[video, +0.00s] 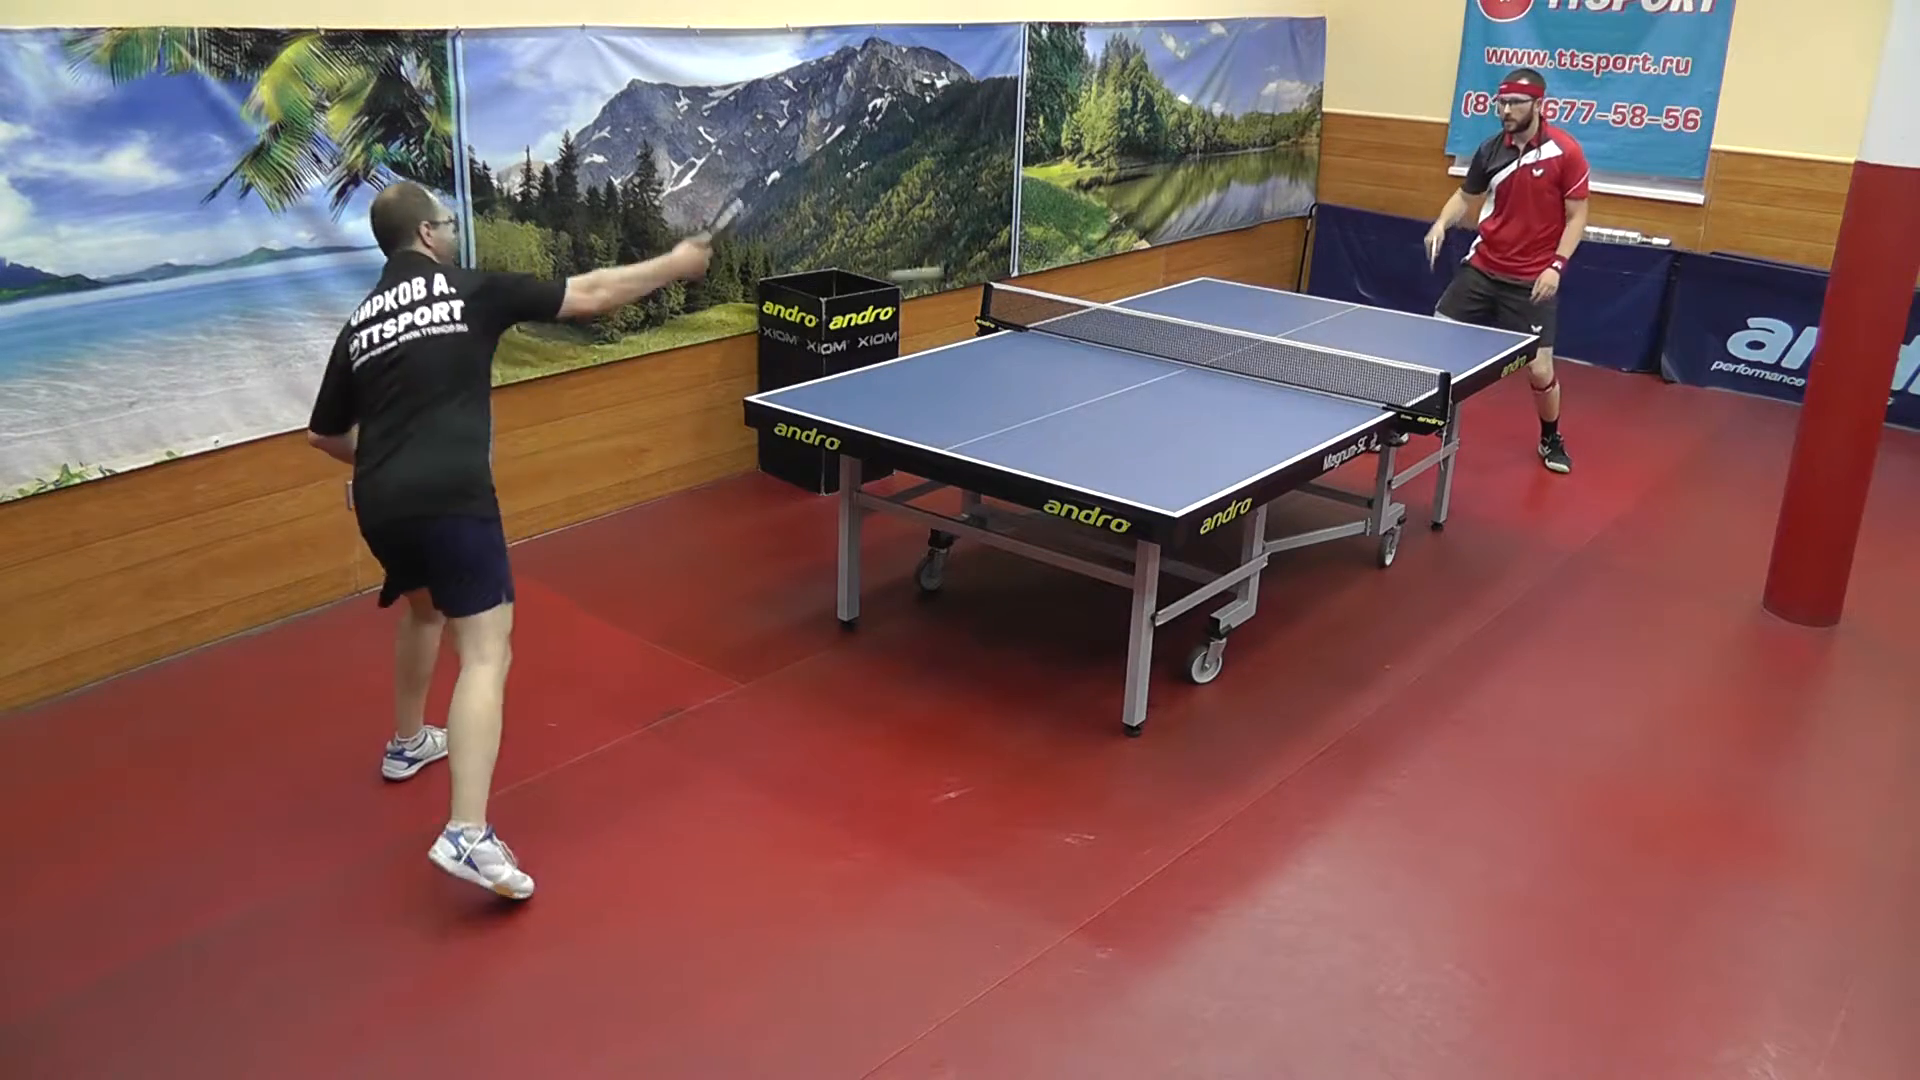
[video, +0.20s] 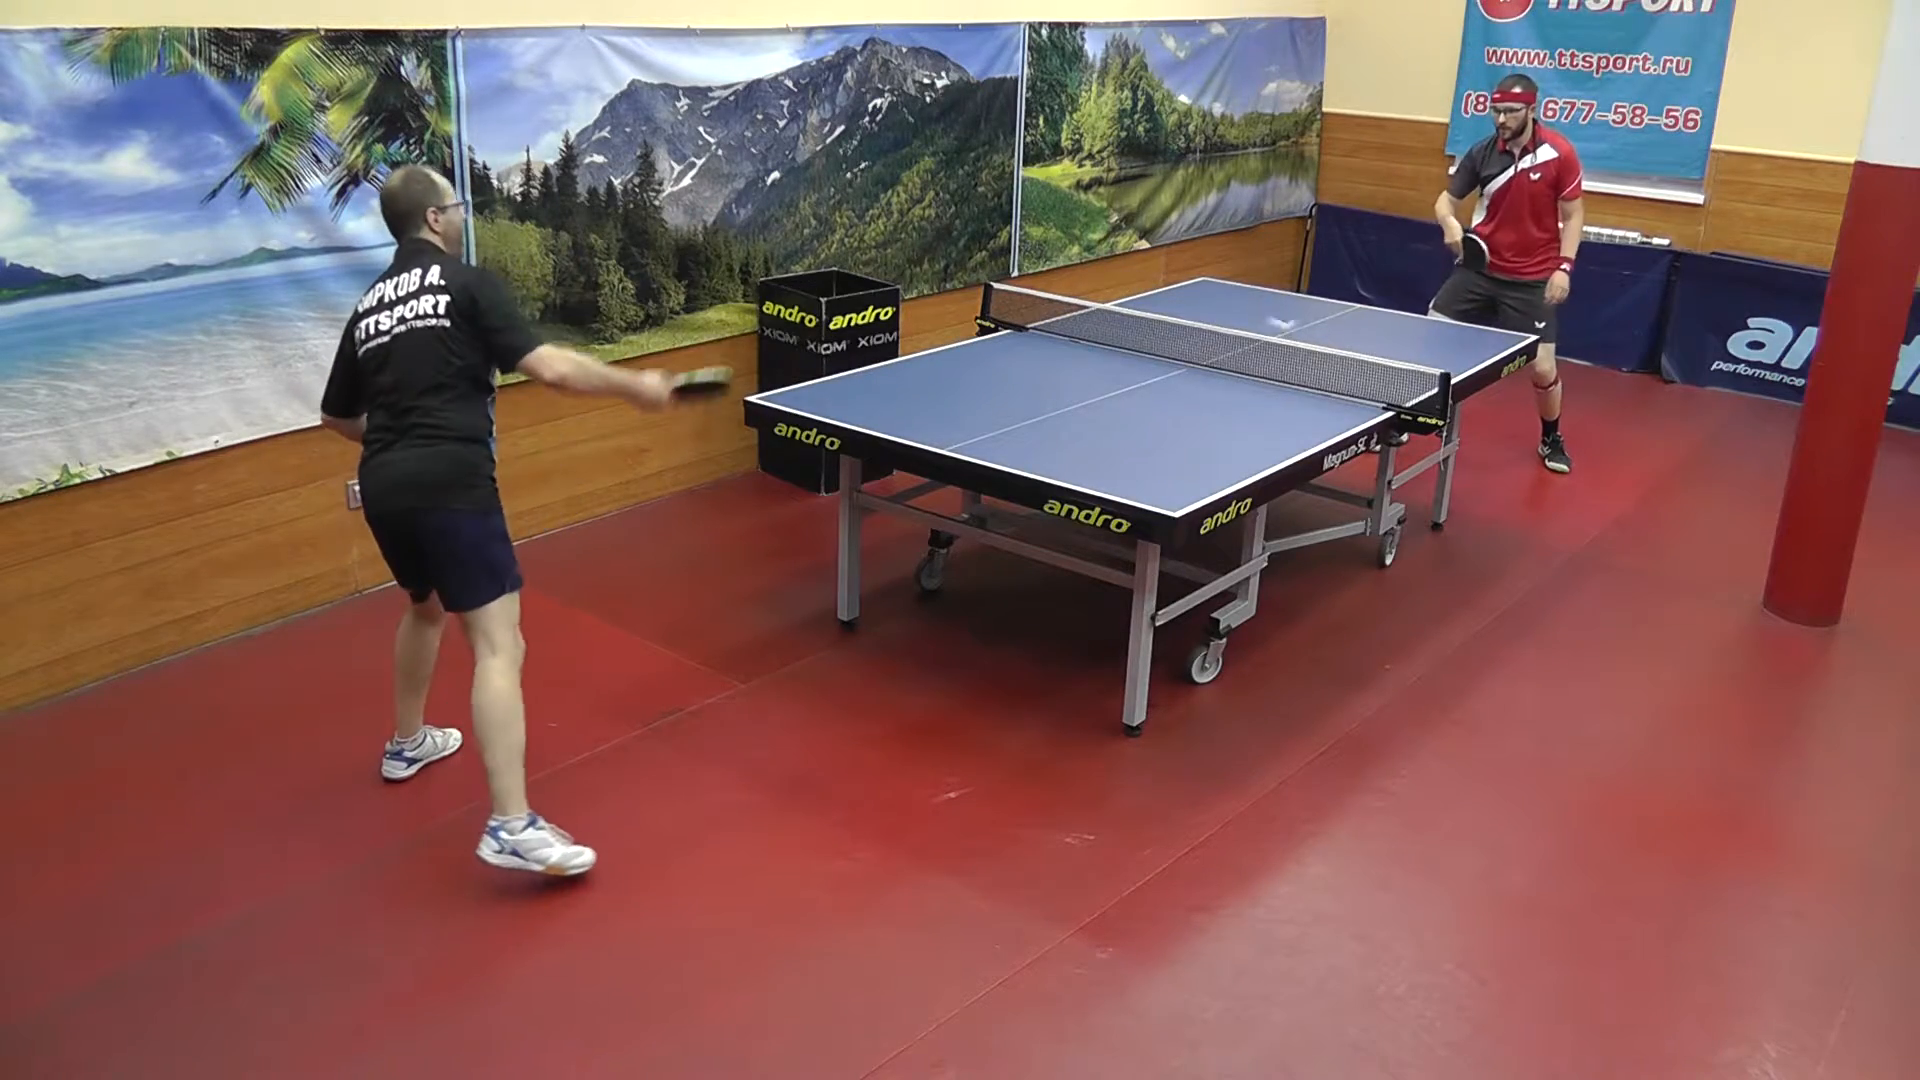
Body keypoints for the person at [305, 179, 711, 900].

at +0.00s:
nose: (452, 232)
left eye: (445, 221)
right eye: (445, 223)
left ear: (388, 244)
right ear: (429, 234)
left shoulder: (360, 325)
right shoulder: (474, 289)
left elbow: (326, 433)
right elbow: (587, 294)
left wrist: (382, 455)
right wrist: (675, 263)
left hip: (381, 503)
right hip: (456, 496)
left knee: (422, 609)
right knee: (484, 658)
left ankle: (409, 739)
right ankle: (468, 831)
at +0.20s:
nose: (462, 217)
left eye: (456, 206)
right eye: (455, 207)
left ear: (401, 227)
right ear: (435, 218)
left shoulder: (369, 304)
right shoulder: (469, 283)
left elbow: (339, 414)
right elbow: (552, 367)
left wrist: (397, 434)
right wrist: (637, 384)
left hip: (383, 483)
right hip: (453, 479)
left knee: (424, 605)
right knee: (497, 648)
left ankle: (407, 740)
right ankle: (512, 822)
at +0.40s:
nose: (510, 229)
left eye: (505, 218)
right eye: (503, 221)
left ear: (448, 237)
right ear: (478, 234)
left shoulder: (406, 307)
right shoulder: (491, 311)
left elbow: (377, 396)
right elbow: (543, 427)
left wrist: (450, 418)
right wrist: (611, 472)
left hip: (393, 501)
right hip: (455, 507)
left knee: (433, 613)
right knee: (512, 670)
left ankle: (408, 739)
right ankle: (522, 844)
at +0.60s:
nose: (554, 240)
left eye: (551, 228)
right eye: (547, 231)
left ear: (495, 243)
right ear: (518, 244)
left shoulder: (448, 299)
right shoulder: (502, 330)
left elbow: (446, 404)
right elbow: (518, 461)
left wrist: (527, 429)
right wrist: (587, 511)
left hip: (401, 502)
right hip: (449, 519)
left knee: (440, 620)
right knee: (517, 670)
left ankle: (406, 739)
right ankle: (521, 847)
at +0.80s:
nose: (576, 264)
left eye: (574, 251)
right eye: (571, 253)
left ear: (511, 258)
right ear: (546, 261)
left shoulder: (456, 313)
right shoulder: (525, 352)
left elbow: (442, 417)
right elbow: (551, 482)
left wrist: (513, 480)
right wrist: (575, 529)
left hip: (398, 511)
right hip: (454, 529)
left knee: (444, 615)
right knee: (542, 671)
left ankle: (407, 736)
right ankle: (522, 846)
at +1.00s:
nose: (531, 224)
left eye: (526, 211)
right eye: (526, 214)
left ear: (460, 225)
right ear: (506, 222)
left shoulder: (415, 307)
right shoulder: (529, 315)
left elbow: (370, 406)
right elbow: (599, 418)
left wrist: (429, 435)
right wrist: (549, 427)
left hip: (414, 505)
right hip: (490, 513)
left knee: (428, 618)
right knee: (548, 666)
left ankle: (408, 735)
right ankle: (527, 837)